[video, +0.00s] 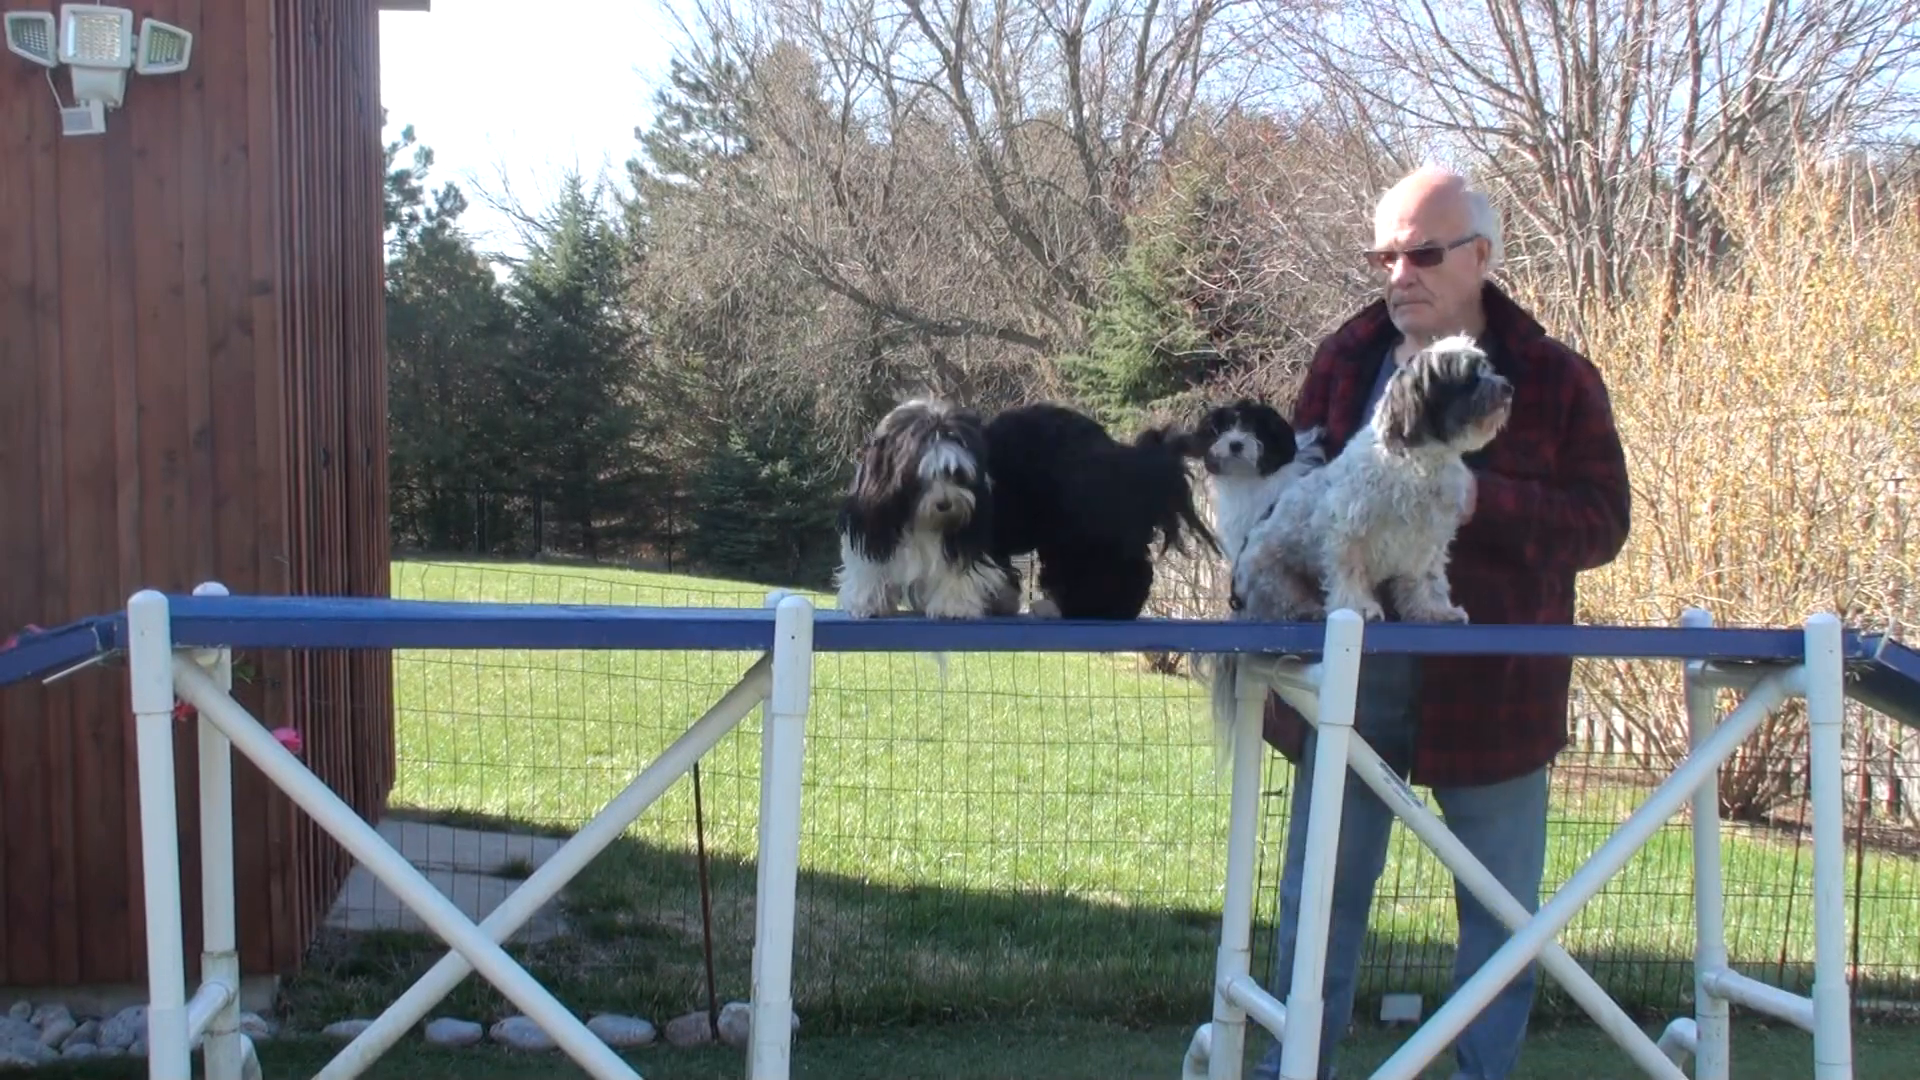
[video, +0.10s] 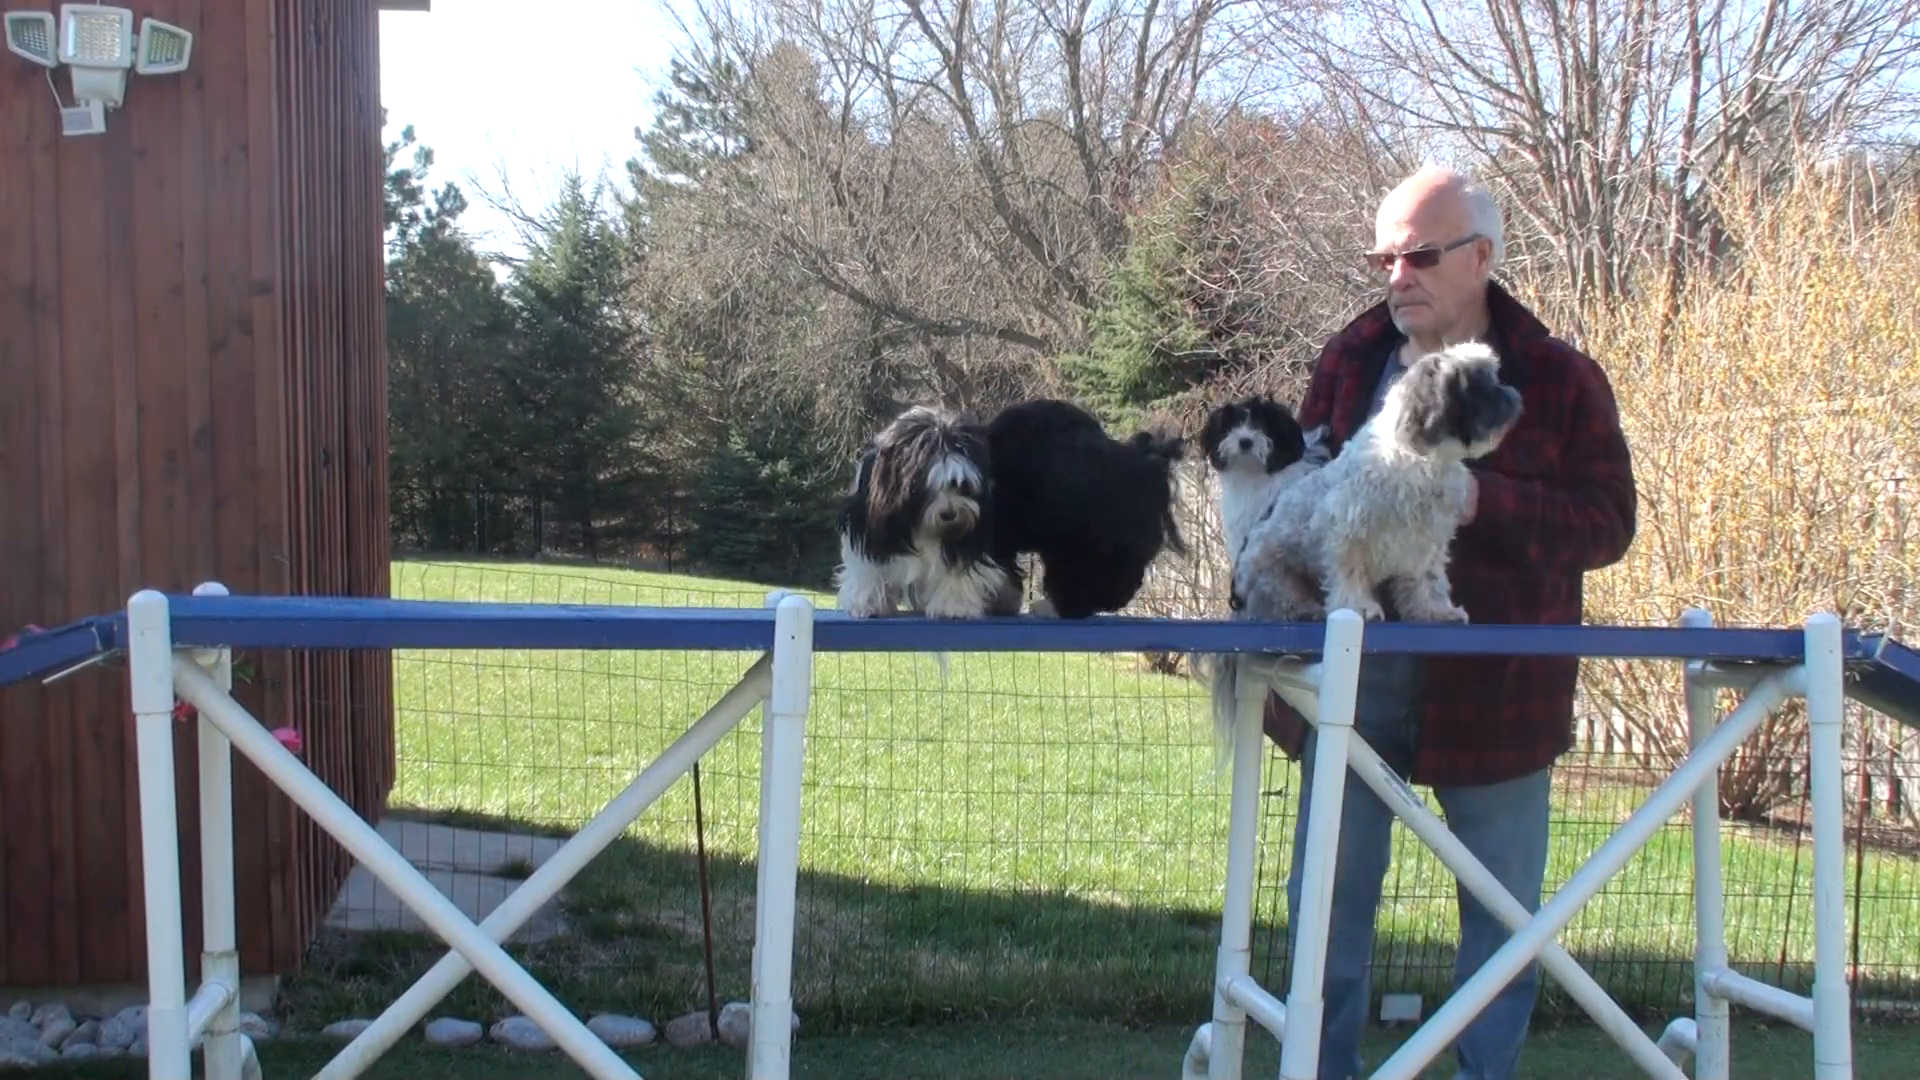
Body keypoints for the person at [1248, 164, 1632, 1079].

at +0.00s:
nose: (1403, 273)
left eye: (1428, 255)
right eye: (1390, 255)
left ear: (1484, 257)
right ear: (1375, 258)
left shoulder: (1557, 378)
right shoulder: (1344, 362)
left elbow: (1600, 524)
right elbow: (1290, 498)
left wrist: (1465, 488)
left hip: (1496, 677)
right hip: (1352, 667)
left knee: (1500, 919)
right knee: (1320, 903)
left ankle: (1485, 1067)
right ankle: (1298, 1064)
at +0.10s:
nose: (1400, 275)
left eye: (1425, 256)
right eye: (1389, 257)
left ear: (1484, 259)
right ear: (1375, 259)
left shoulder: (1563, 380)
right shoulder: (1348, 363)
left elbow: (1608, 523)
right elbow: (1296, 499)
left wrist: (1484, 497)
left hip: (1499, 675)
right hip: (1356, 664)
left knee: (1501, 919)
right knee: (1330, 901)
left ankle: (1487, 1066)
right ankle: (1321, 1064)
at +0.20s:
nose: (1396, 274)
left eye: (1420, 256)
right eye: (1385, 256)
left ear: (1479, 260)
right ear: (1372, 259)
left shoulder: (1559, 379)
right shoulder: (1345, 362)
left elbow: (1603, 524)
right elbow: (1296, 496)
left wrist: (1471, 490)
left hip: (1499, 674)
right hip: (1361, 665)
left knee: (1501, 915)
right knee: (1348, 902)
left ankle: (1487, 1065)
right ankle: (1336, 1067)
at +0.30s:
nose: (1386, 276)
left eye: (1408, 257)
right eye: (1375, 258)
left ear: (1470, 257)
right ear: (1364, 263)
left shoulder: (1554, 377)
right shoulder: (1341, 361)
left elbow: (1596, 520)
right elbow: (1291, 496)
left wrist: (1472, 480)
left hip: (1495, 673)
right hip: (1357, 666)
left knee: (1500, 913)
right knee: (1347, 901)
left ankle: (1487, 1067)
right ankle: (1336, 1068)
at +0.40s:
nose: (1377, 277)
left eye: (1398, 258)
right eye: (1366, 261)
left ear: (1460, 256)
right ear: (1357, 264)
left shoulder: (1549, 374)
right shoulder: (1334, 364)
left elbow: (1595, 512)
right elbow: (1284, 498)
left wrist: (1465, 486)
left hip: (1493, 676)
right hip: (1355, 669)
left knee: (1498, 913)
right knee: (1344, 905)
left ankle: (1487, 1067)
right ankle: (1336, 1069)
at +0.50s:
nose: (1370, 277)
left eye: (1392, 257)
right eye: (1359, 260)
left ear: (1453, 255)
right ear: (1349, 264)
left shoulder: (1541, 373)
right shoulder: (1325, 367)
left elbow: (1588, 510)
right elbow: (1278, 502)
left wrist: (1468, 483)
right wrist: (1292, 562)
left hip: (1489, 674)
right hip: (1349, 668)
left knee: (1496, 907)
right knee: (1343, 902)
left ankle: (1487, 1065)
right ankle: (1335, 1068)